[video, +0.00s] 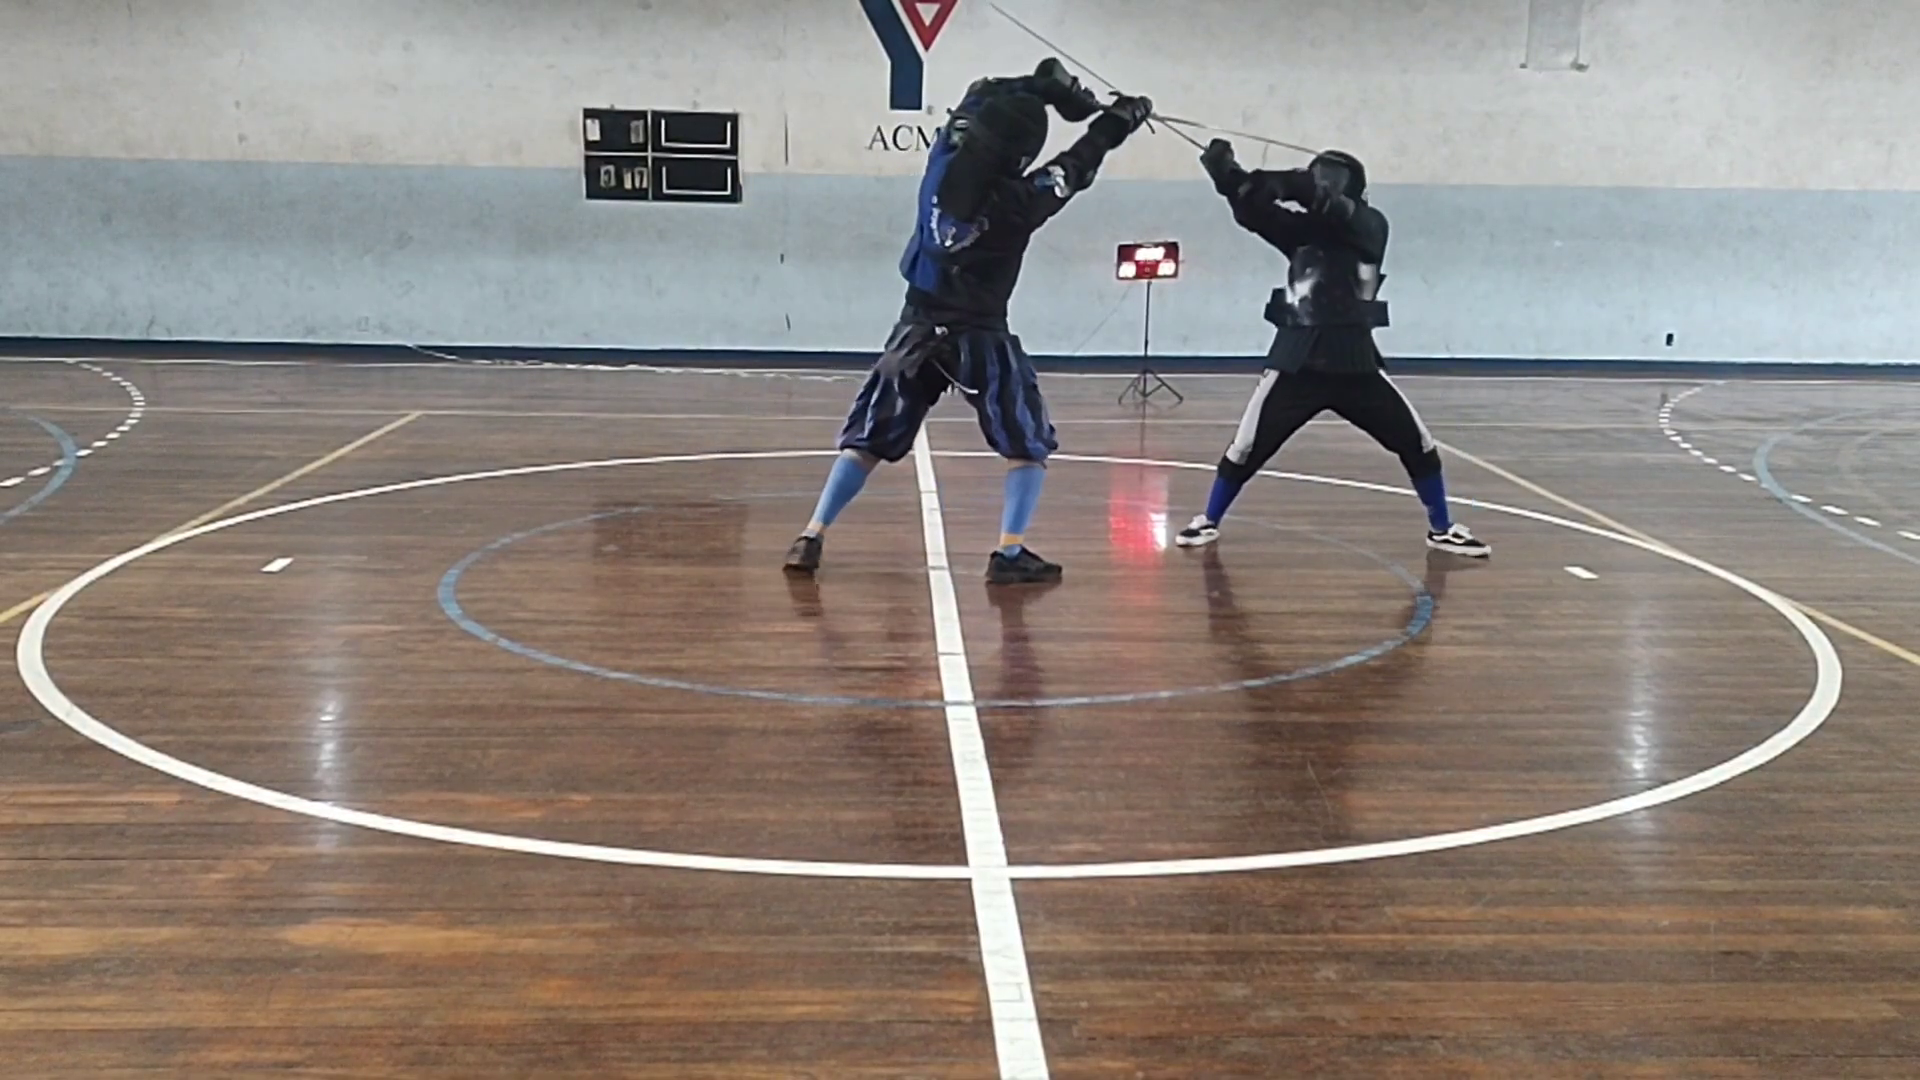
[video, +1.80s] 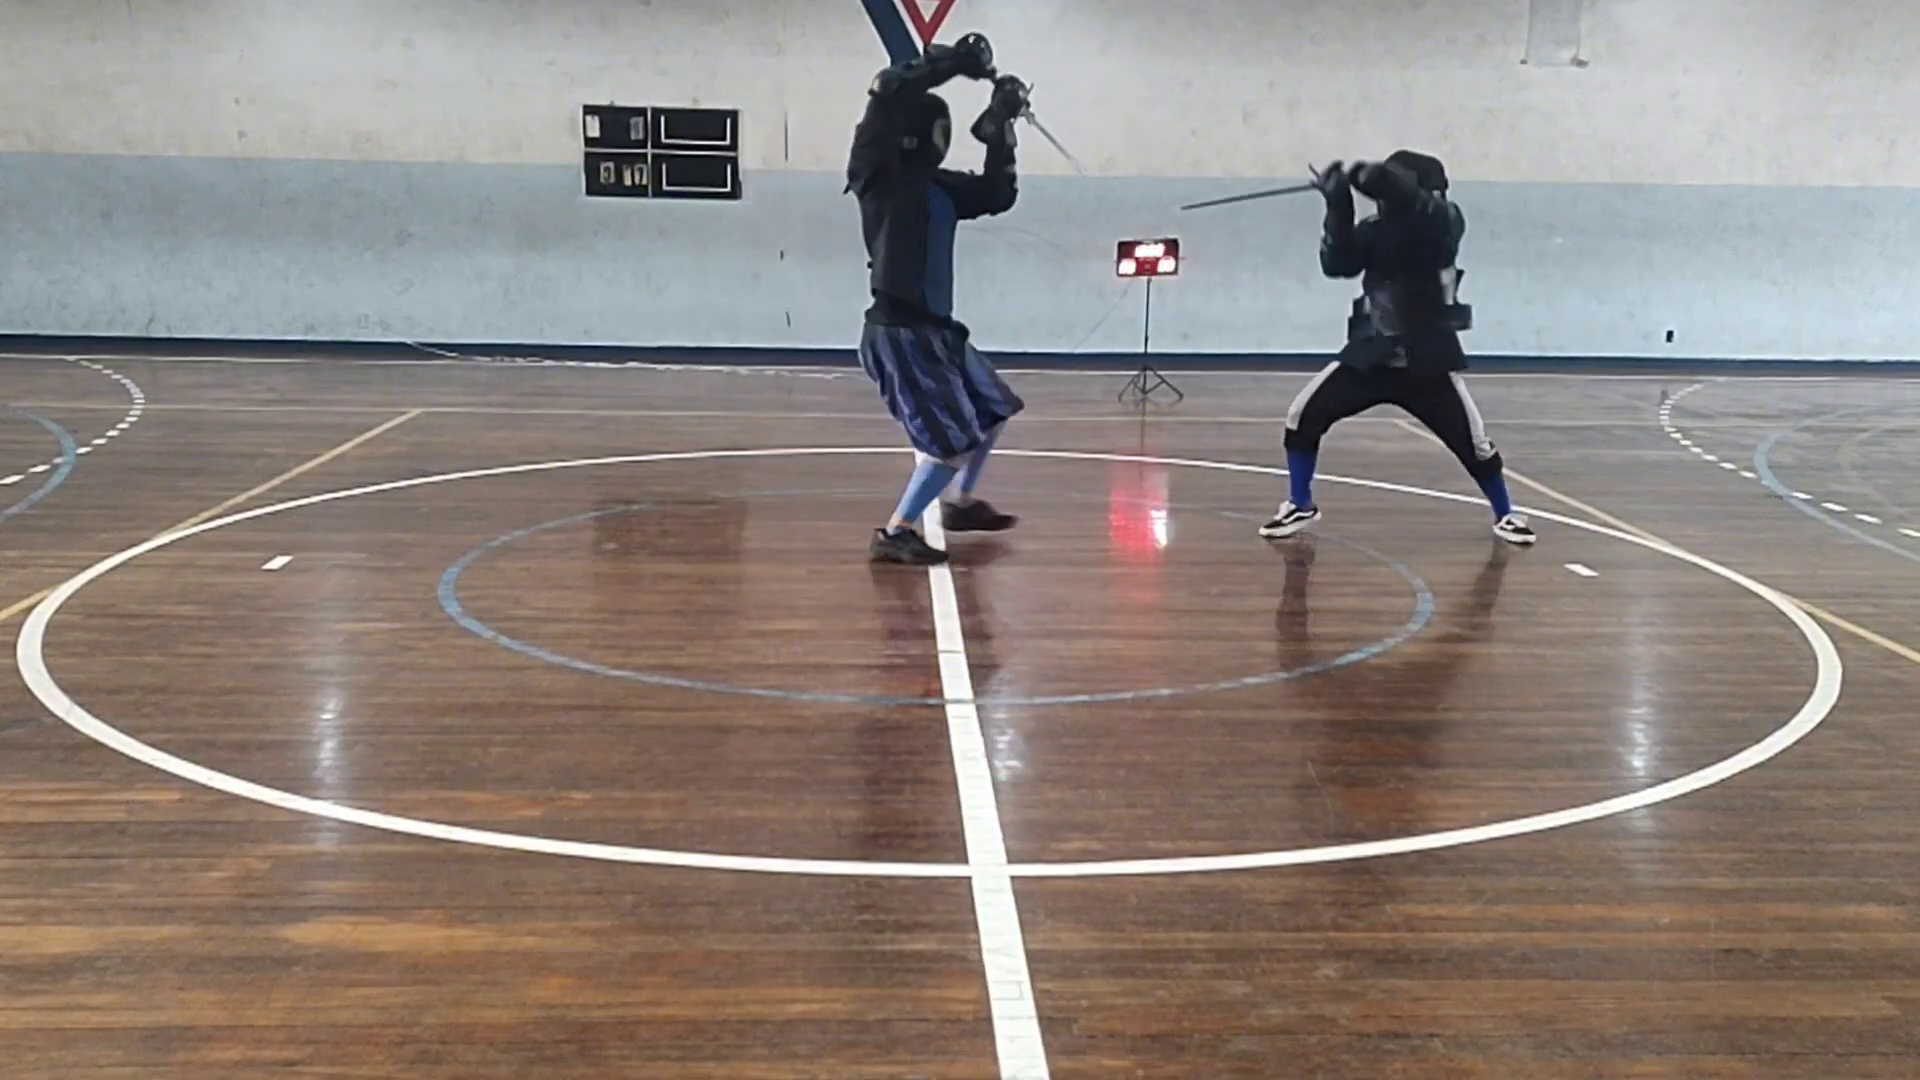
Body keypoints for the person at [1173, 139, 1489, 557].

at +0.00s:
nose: (1321, 185)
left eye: (1331, 178)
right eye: (1317, 178)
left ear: (1354, 185)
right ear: (1310, 182)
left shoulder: (1372, 227)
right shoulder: (1299, 227)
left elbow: (1333, 207)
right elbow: (1255, 213)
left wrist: (1296, 185)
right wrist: (1228, 175)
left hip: (1356, 370)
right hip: (1296, 369)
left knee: (1419, 446)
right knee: (1246, 448)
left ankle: (1442, 529)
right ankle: (1208, 521)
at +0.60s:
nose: (1324, 175)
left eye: (1336, 166)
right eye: (1319, 165)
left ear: (1355, 174)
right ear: (1310, 169)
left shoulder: (1368, 216)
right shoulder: (1291, 213)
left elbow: (1362, 240)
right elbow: (1246, 259)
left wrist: (1316, 211)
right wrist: (1233, 225)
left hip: (1337, 347)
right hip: (1278, 343)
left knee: (1372, 439)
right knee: (1237, 431)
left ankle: (1391, 523)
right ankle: (1207, 518)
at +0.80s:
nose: (1327, 180)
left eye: (1338, 171)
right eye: (1322, 171)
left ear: (1361, 177)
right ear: (1313, 176)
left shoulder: (1379, 224)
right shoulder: (1303, 227)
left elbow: (1422, 241)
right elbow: (1286, 299)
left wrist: (1362, 223)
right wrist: (1296, 250)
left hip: (1344, 351)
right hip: (1289, 345)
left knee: (1352, 443)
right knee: (1241, 430)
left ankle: (1375, 524)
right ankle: (1206, 515)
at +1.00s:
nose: (1343, 178)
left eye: (1353, 169)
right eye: (1339, 169)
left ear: (1379, 173)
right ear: (1335, 174)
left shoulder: (1405, 216)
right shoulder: (1330, 226)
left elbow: (1445, 227)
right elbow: (1320, 301)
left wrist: (1381, 221)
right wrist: (1319, 256)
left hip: (1382, 336)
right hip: (1330, 335)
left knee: (1376, 439)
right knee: (1277, 424)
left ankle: (1379, 525)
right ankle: (1226, 508)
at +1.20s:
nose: (1367, 202)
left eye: (1378, 193)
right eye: (1367, 193)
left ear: (1406, 200)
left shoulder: (1433, 241)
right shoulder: (1361, 257)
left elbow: (1469, 278)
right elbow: (1361, 329)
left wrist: (1419, 272)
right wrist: (1348, 290)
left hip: (1438, 362)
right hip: (1382, 366)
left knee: (1472, 450)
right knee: (1325, 440)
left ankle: (1501, 515)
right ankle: (1276, 513)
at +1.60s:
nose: (1378, 194)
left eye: (1389, 186)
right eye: (1379, 185)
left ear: (1418, 194)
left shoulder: (1443, 237)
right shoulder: (1373, 244)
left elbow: (1476, 289)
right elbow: (1359, 316)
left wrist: (1414, 296)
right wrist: (1359, 290)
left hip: (1444, 362)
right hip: (1387, 362)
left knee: (1486, 442)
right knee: (1328, 427)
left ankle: (1504, 515)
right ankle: (1305, 511)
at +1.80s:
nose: (1388, 196)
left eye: (1397, 187)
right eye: (1385, 188)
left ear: (1425, 190)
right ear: (1380, 191)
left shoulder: (1445, 222)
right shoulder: (1373, 230)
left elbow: (1417, 202)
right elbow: (1336, 263)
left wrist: (1369, 179)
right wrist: (1337, 202)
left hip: (1427, 365)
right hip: (1367, 361)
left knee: (1474, 444)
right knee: (1302, 419)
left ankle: (1506, 514)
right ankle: (1300, 505)